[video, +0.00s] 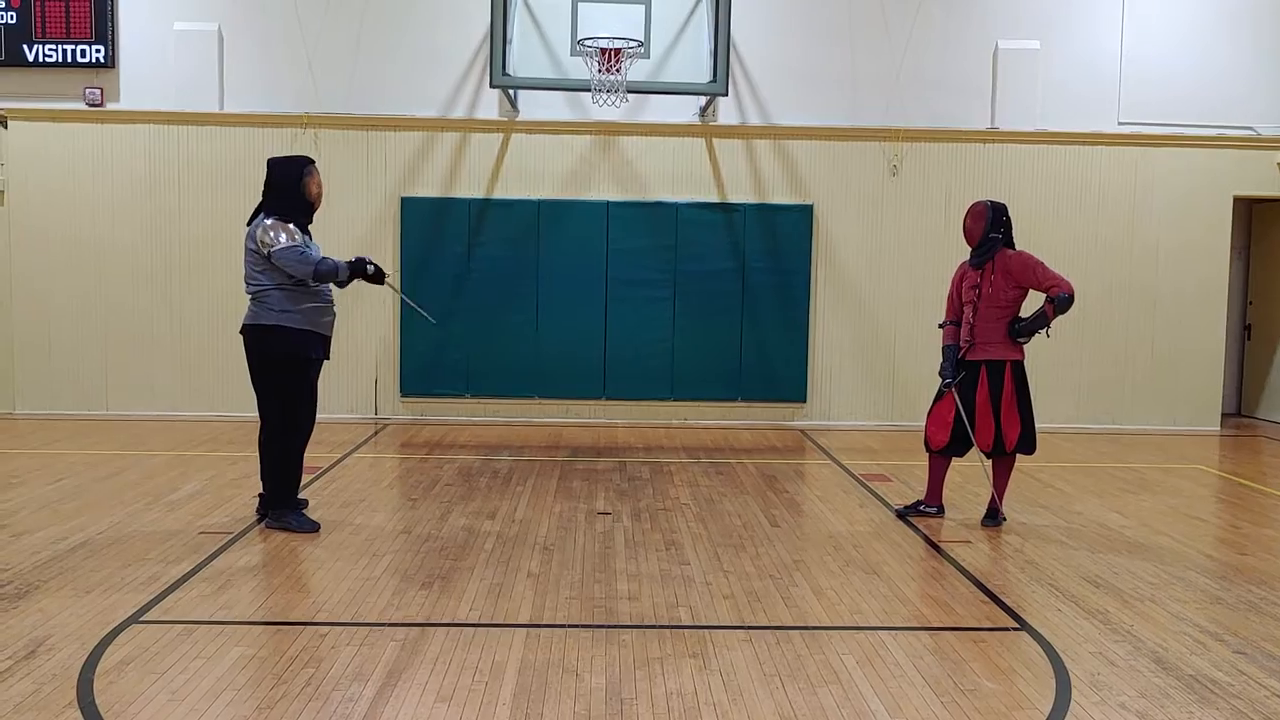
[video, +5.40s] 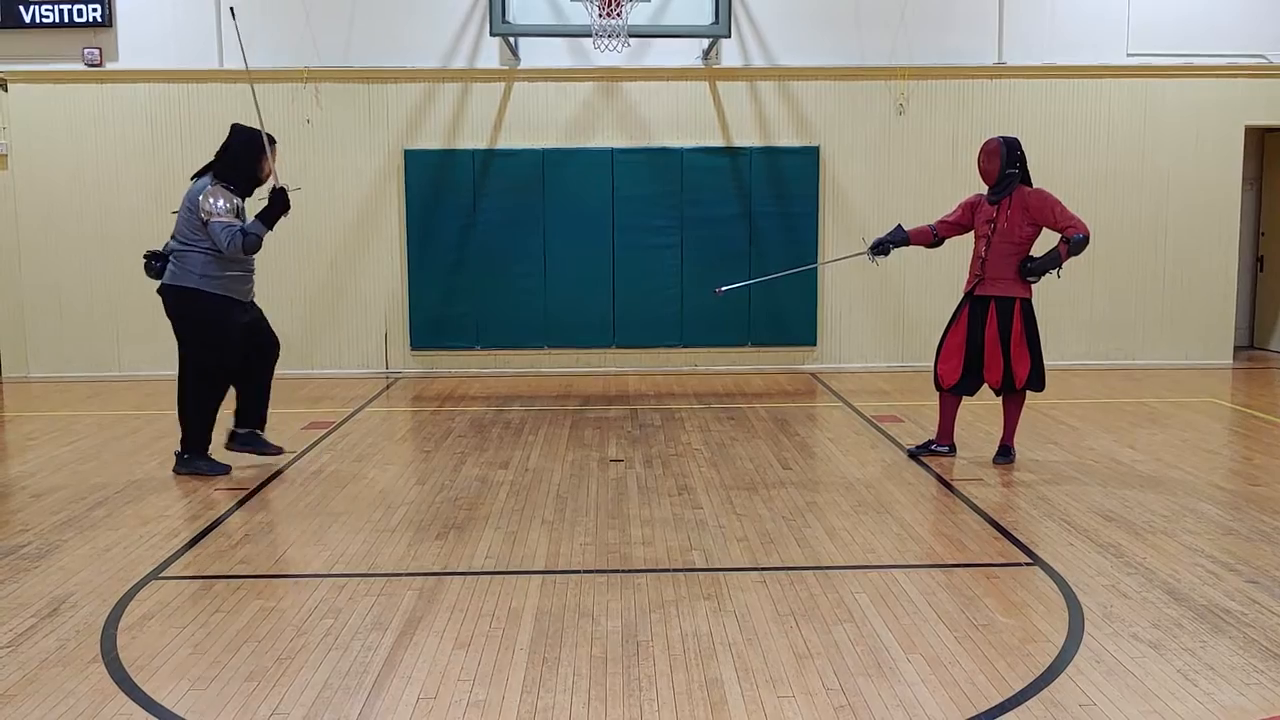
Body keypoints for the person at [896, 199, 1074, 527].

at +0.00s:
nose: (966, 229)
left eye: (972, 222)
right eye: (967, 222)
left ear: (991, 225)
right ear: (979, 226)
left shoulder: (1015, 261)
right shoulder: (965, 270)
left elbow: (1063, 292)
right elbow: (952, 319)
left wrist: (1032, 324)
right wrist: (949, 358)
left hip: (1003, 363)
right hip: (965, 363)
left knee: (1004, 434)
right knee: (941, 426)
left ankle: (995, 506)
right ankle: (932, 500)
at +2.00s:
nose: (960, 198)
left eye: (966, 190)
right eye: (959, 191)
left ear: (986, 194)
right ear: (966, 195)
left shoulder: (1009, 229)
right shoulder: (962, 240)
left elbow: (1058, 259)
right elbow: (951, 290)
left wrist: (1028, 292)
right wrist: (947, 328)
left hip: (1002, 332)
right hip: (964, 333)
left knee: (1004, 402)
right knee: (941, 395)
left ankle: (998, 475)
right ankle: (935, 471)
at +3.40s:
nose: (962, 181)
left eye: (968, 174)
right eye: (961, 174)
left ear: (989, 175)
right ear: (969, 177)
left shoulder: (1013, 209)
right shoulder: (965, 219)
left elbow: (1061, 242)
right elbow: (947, 268)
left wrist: (1030, 273)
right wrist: (920, 303)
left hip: (1003, 311)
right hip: (966, 312)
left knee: (1004, 383)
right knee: (942, 375)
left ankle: (998, 456)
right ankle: (935, 451)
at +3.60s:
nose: (966, 179)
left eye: (972, 172)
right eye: (964, 173)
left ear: (993, 173)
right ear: (964, 176)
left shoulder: (1017, 208)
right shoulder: (966, 216)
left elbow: (1064, 240)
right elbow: (933, 253)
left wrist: (1034, 271)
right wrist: (893, 268)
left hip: (1004, 309)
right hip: (967, 309)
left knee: (1004, 380)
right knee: (944, 373)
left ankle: (998, 454)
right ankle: (935, 449)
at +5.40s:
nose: (981, 168)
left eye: (986, 161)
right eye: (980, 161)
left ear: (1007, 162)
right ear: (987, 163)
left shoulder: (1033, 199)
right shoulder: (977, 204)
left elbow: (1079, 232)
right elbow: (937, 231)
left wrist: (1045, 262)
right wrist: (894, 239)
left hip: (1013, 300)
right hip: (975, 298)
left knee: (1013, 371)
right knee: (950, 363)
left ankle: (1006, 444)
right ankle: (943, 440)